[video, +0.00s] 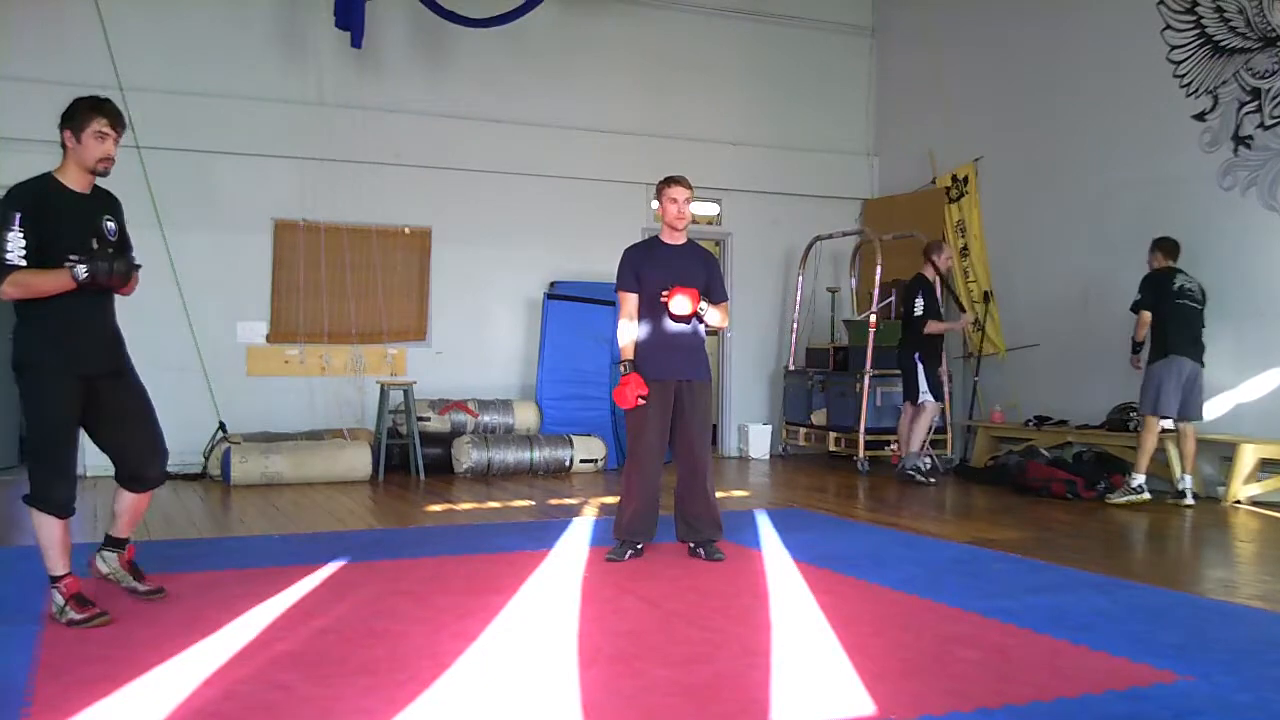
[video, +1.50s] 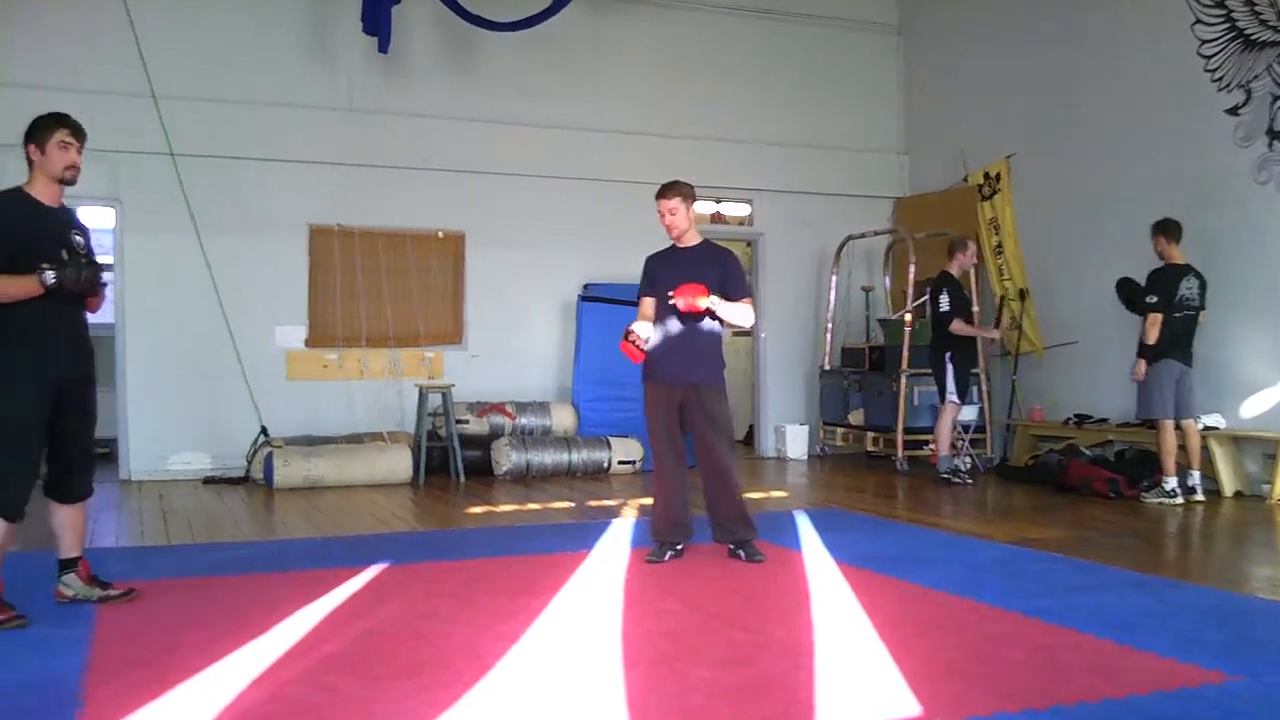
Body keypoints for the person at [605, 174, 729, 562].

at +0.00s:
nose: (680, 208)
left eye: (686, 202)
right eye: (673, 201)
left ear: (693, 208)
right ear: (659, 206)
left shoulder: (706, 259)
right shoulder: (636, 255)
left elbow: (722, 318)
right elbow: (627, 317)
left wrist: (699, 308)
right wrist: (627, 367)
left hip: (695, 373)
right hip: (650, 371)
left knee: (696, 457)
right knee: (643, 456)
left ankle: (700, 536)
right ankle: (632, 537)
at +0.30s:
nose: (670, 207)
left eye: (675, 201)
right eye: (662, 200)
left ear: (682, 207)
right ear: (647, 206)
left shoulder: (694, 259)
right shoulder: (624, 255)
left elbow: (710, 318)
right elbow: (615, 317)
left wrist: (687, 307)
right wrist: (615, 367)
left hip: (683, 373)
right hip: (638, 371)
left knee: (683, 457)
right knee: (631, 456)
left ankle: (687, 536)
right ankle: (619, 536)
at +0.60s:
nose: (642, 206)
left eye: (647, 200)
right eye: (634, 199)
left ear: (653, 206)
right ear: (620, 205)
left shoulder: (667, 258)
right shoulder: (598, 255)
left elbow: (684, 317)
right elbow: (589, 317)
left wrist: (662, 308)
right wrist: (591, 368)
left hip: (659, 372)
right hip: (613, 371)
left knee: (661, 456)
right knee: (607, 457)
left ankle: (666, 535)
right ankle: (598, 537)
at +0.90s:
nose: (668, 210)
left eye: (675, 204)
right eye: (661, 203)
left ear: (683, 209)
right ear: (650, 208)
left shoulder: (698, 260)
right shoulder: (629, 257)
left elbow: (717, 318)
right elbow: (621, 318)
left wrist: (693, 308)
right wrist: (623, 368)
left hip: (690, 374)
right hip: (645, 372)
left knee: (691, 457)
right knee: (639, 457)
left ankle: (697, 536)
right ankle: (629, 538)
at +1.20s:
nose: (649, 213)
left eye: (656, 206)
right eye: (644, 208)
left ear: (675, 209)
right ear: (640, 213)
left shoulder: (697, 259)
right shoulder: (627, 259)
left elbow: (719, 317)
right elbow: (620, 317)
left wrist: (688, 304)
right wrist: (621, 363)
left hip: (683, 374)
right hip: (637, 372)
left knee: (689, 458)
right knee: (636, 459)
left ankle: (699, 538)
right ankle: (631, 539)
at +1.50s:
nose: (666, 220)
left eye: (673, 212)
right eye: (661, 214)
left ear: (692, 210)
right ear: (659, 216)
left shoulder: (722, 258)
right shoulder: (655, 263)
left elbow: (746, 317)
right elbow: (646, 317)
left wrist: (711, 302)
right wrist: (638, 335)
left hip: (705, 376)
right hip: (660, 376)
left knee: (719, 457)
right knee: (666, 460)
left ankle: (738, 536)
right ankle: (670, 538)